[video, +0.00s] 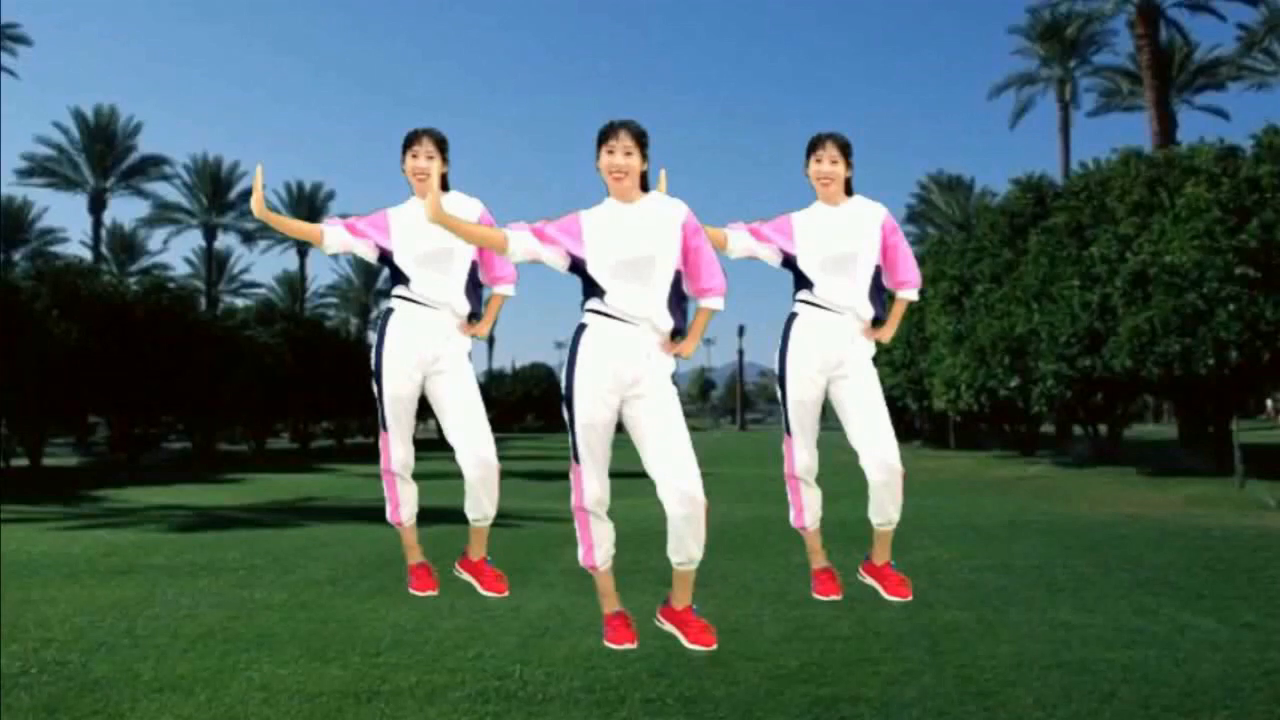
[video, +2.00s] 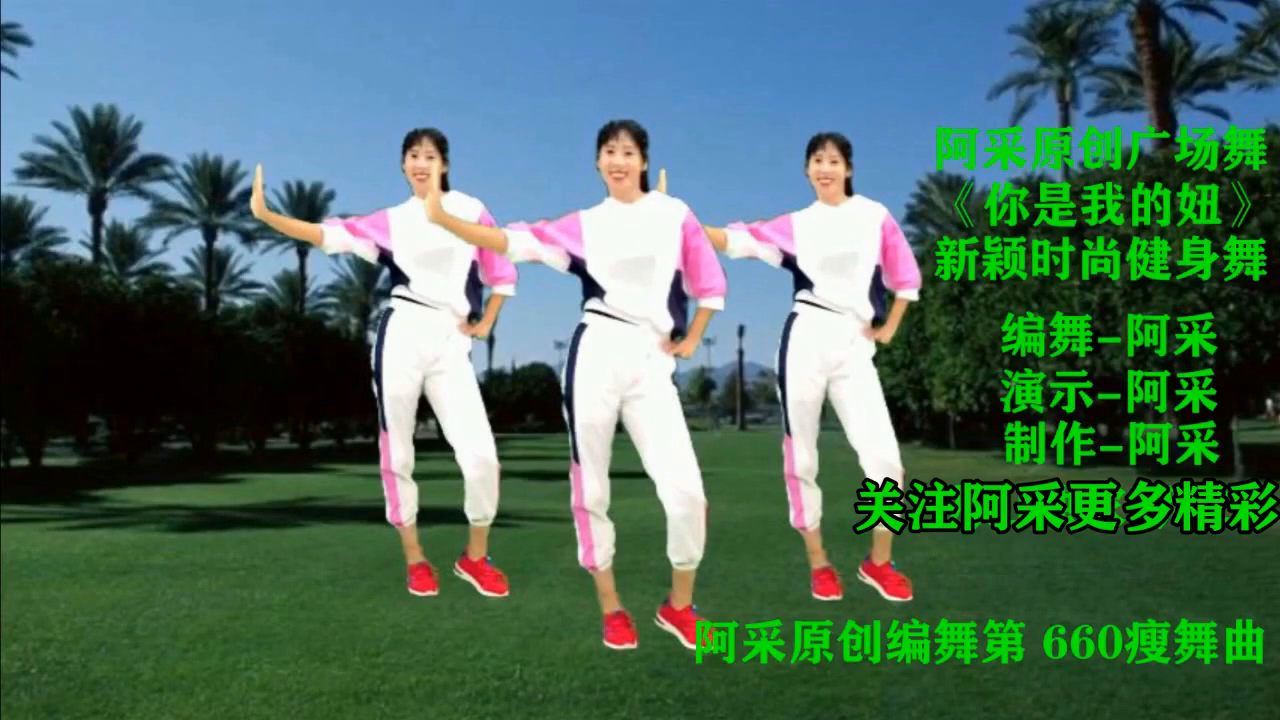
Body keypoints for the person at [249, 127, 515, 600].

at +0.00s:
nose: (420, 164)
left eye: (428, 157)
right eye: (413, 157)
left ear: (444, 165)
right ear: (404, 166)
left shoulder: (473, 211)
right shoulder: (393, 220)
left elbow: (503, 272)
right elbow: (327, 235)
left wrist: (485, 324)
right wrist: (266, 215)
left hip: (451, 334)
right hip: (401, 331)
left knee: (482, 456)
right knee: (399, 452)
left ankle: (476, 557)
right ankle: (415, 561)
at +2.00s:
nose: (420, 164)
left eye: (428, 157)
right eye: (412, 157)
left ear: (444, 165)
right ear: (403, 166)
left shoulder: (473, 211)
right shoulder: (393, 220)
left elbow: (503, 273)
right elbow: (327, 235)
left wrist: (484, 325)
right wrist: (265, 215)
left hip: (451, 335)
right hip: (401, 331)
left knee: (482, 456)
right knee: (399, 453)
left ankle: (476, 557)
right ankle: (415, 561)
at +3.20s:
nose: (465, 165)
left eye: (472, 157)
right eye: (458, 158)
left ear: (486, 166)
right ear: (448, 167)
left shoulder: (509, 216)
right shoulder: (439, 227)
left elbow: (535, 284)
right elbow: (384, 246)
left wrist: (519, 338)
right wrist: (334, 222)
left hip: (492, 352)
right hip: (450, 347)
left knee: (516, 485)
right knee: (446, 480)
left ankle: (511, 600)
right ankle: (459, 601)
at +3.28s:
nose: (456, 180)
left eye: (461, 174)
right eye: (451, 174)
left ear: (471, 180)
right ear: (444, 181)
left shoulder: (483, 222)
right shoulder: (437, 231)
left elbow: (500, 279)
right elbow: (399, 246)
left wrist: (492, 325)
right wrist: (371, 223)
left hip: (473, 336)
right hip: (444, 335)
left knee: (487, 445)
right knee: (442, 444)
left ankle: (485, 547)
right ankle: (452, 548)